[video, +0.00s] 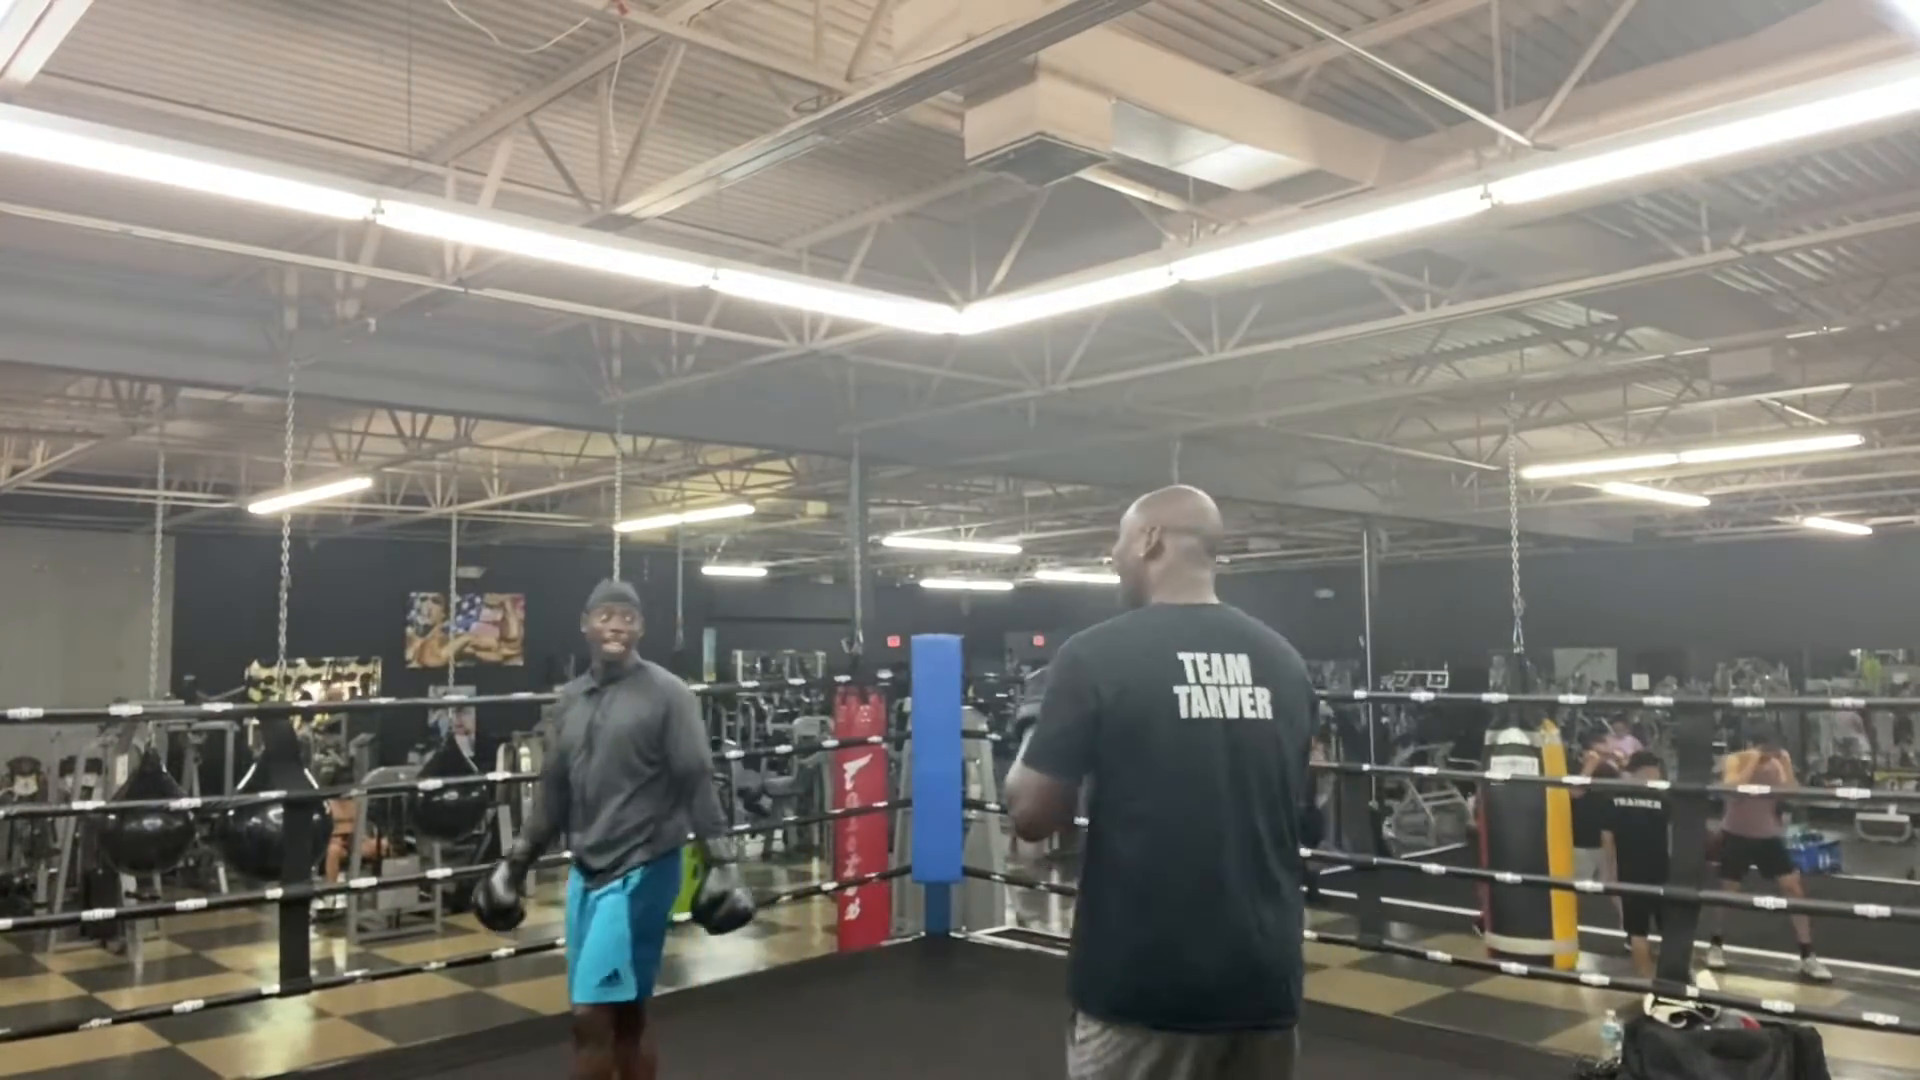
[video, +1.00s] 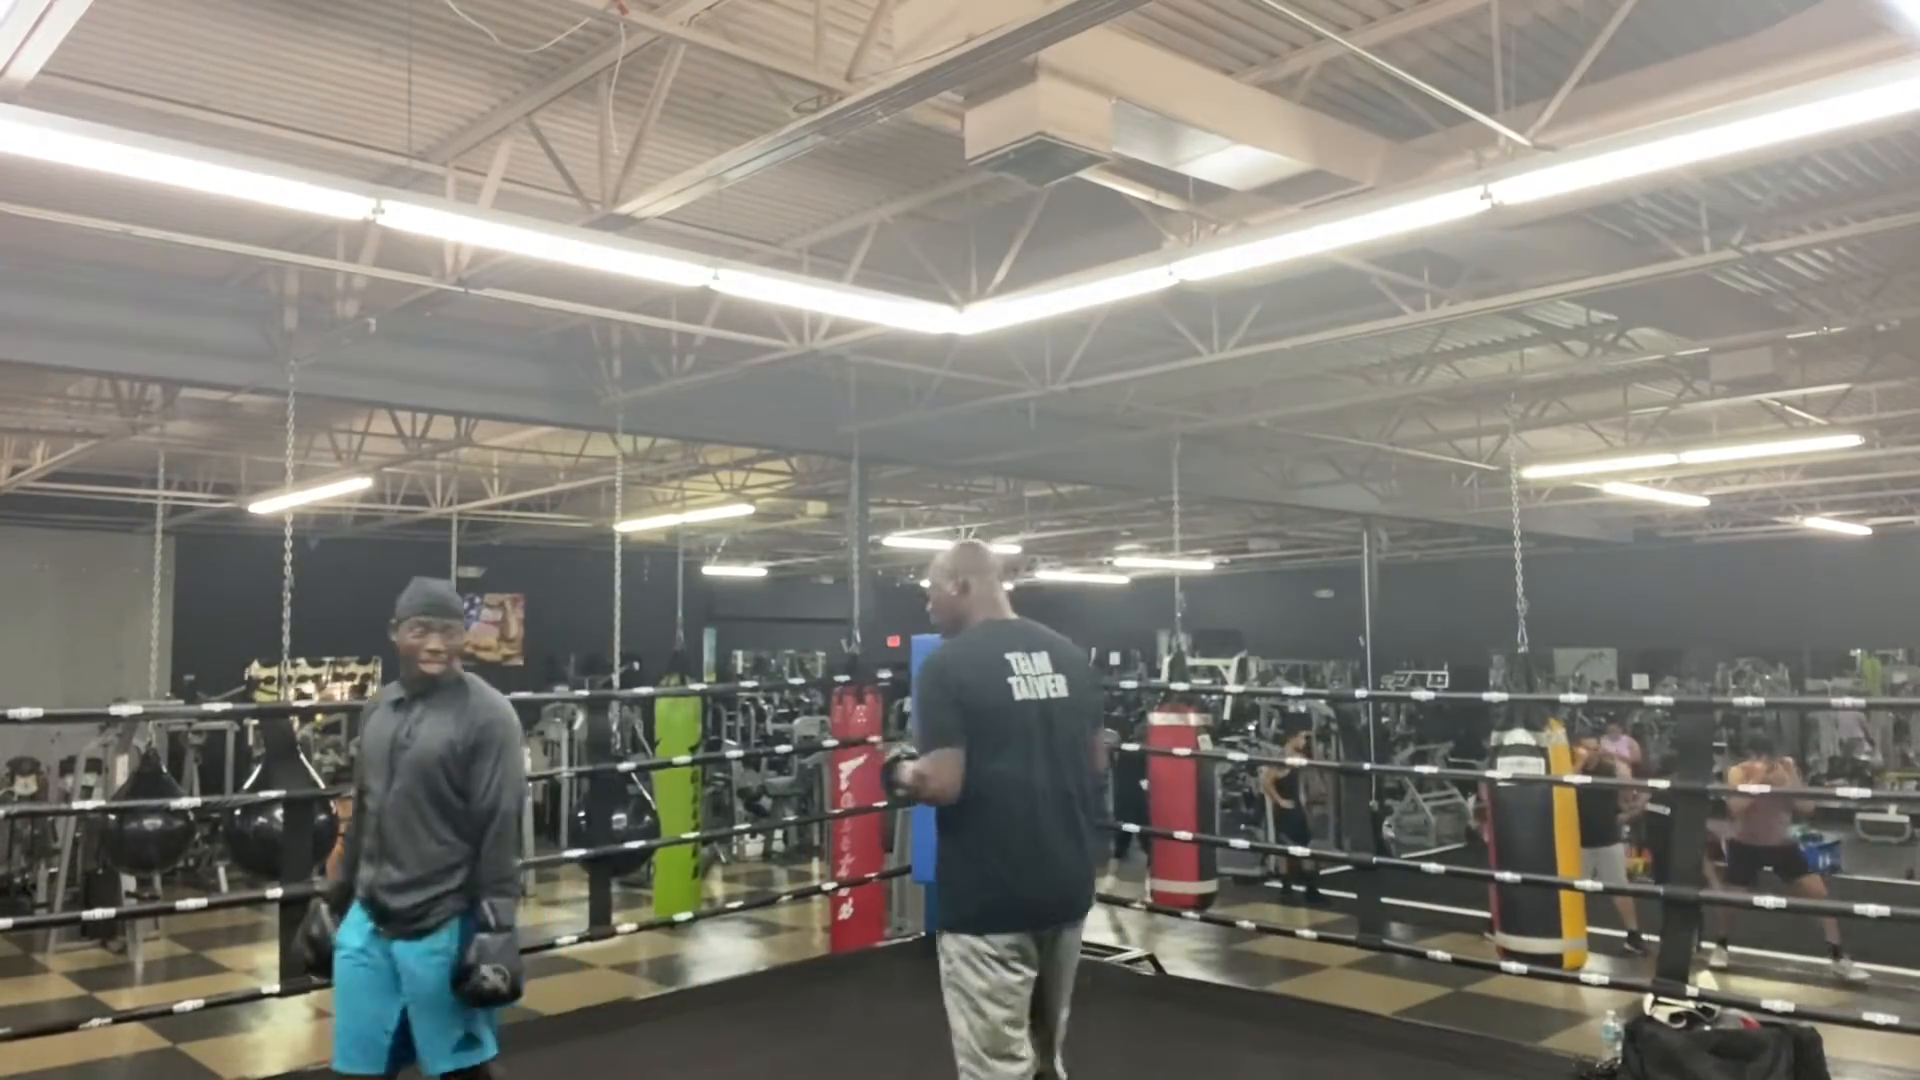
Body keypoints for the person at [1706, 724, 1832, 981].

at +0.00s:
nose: (1766, 759)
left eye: (1770, 756)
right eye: (1762, 754)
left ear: (1776, 756)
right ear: (1751, 750)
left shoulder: (1775, 767)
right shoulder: (1735, 762)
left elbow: (1790, 792)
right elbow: (1730, 786)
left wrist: (1785, 767)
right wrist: (1750, 765)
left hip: (1769, 838)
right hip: (1736, 836)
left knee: (1794, 890)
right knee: (1728, 893)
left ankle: (1807, 955)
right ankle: (1716, 945)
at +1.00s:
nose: (1763, 760)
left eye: (1767, 754)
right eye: (1757, 754)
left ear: (1774, 752)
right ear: (1748, 753)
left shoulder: (1786, 768)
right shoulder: (1738, 773)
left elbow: (1806, 806)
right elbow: (1735, 807)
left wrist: (1785, 782)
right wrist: (1757, 782)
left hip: (1782, 847)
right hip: (1744, 847)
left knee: (1819, 894)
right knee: (1733, 898)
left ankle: (1838, 957)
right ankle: (1721, 946)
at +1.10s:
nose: (1780, 767)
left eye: (1785, 761)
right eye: (1774, 762)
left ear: (1790, 759)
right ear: (1764, 759)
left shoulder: (1798, 772)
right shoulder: (1751, 776)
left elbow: (1818, 811)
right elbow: (1743, 811)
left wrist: (1797, 786)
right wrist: (1772, 787)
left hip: (1796, 854)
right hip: (1758, 853)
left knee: (1833, 901)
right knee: (1739, 901)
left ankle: (1866, 963)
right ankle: (1721, 946)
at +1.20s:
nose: (1804, 767)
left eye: (1809, 761)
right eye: (1800, 760)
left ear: (1818, 762)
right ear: (1792, 760)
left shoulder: (1822, 778)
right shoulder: (1776, 778)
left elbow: (1831, 818)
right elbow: (1778, 812)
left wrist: (1821, 787)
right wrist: (1804, 787)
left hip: (1809, 861)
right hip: (1774, 859)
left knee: (1845, 898)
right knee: (1755, 914)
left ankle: (1873, 966)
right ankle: (1724, 944)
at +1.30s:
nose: (1845, 780)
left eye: (1848, 776)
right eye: (1845, 774)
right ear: (1833, 765)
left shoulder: (1823, 786)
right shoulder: (1808, 778)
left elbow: (1840, 819)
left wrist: (1849, 788)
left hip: (1814, 862)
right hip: (1785, 862)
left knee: (1856, 900)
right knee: (1782, 919)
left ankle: (1873, 967)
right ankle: (1732, 939)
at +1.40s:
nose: (1854, 778)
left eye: (1854, 774)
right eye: (1853, 773)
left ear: (1833, 765)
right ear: (1846, 769)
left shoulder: (1808, 781)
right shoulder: (1833, 780)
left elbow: (1835, 823)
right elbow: (1873, 790)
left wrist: (1847, 797)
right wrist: (1912, 789)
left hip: (1816, 863)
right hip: (1791, 863)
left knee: (1857, 901)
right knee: (1801, 925)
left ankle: (1872, 967)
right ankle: (1749, 939)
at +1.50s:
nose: (1871, 783)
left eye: (1871, 779)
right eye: (1869, 779)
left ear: (1841, 769)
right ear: (1861, 775)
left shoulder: (1811, 783)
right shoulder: (1850, 785)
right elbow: (1883, 792)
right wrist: (1913, 788)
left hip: (1817, 862)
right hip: (1799, 863)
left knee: (1860, 902)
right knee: (1822, 927)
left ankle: (1872, 966)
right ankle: (1768, 947)